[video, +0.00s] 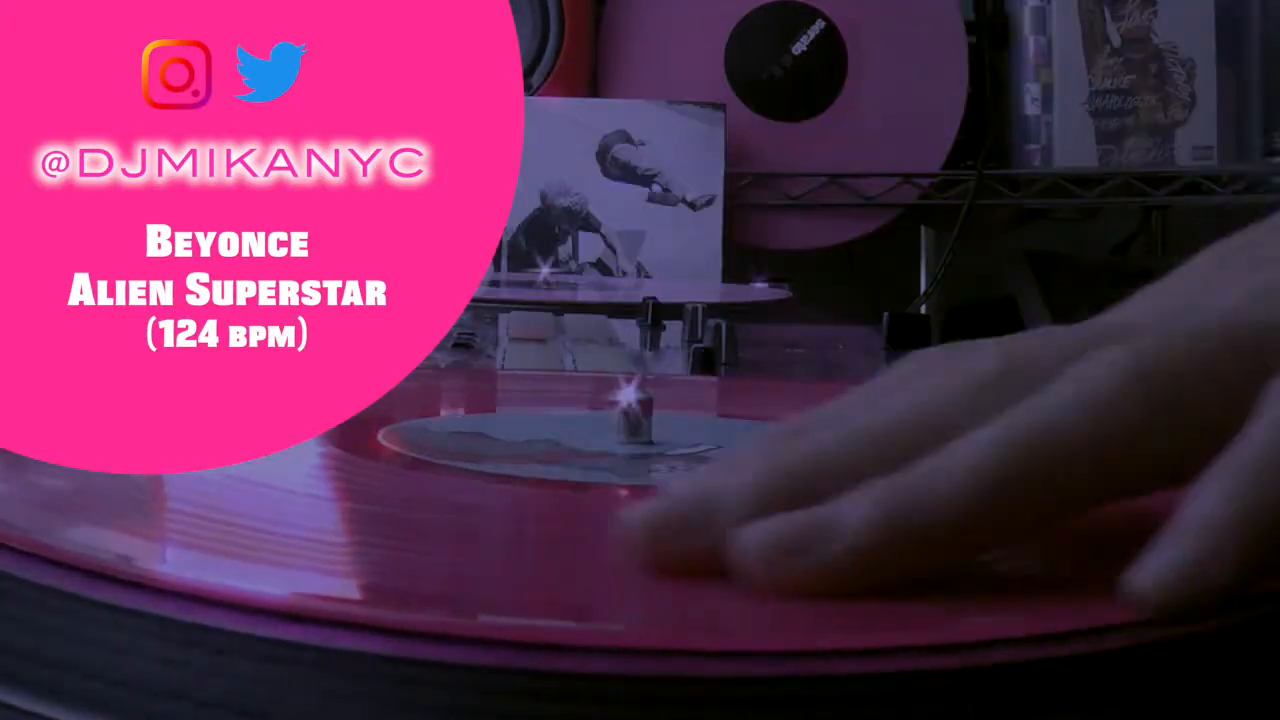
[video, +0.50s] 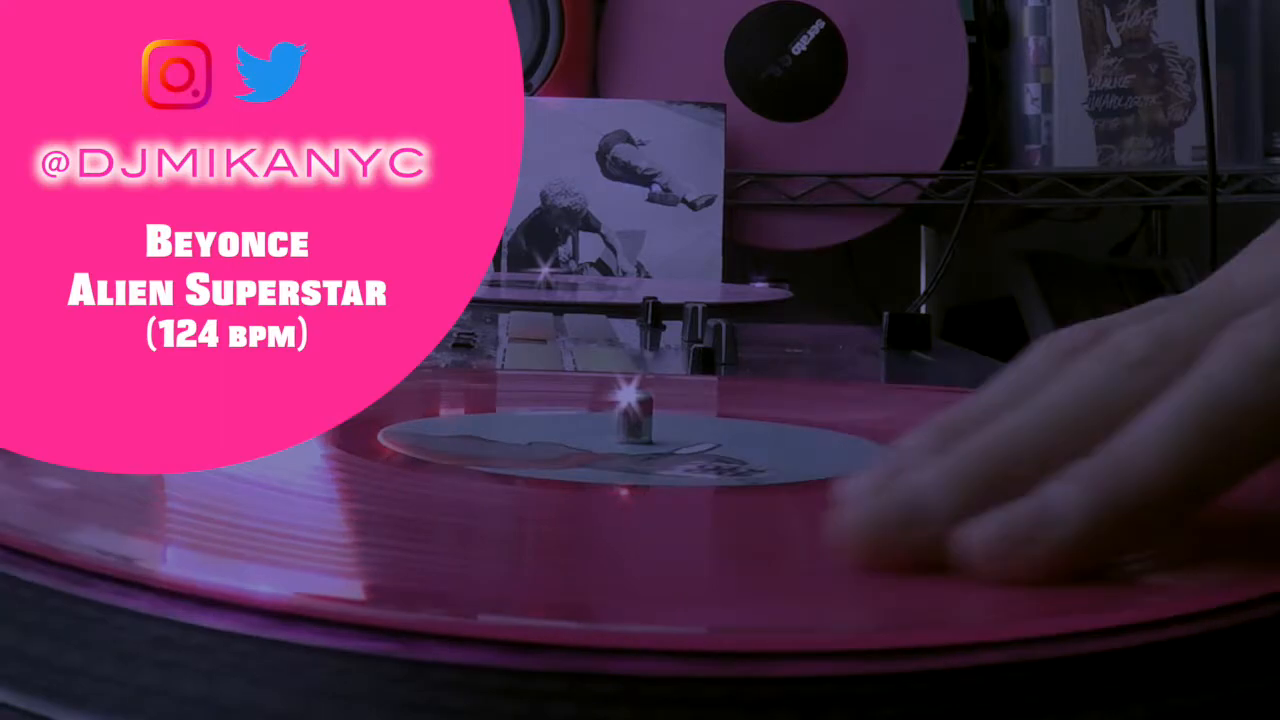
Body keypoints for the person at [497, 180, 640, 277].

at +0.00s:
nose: (572, 221)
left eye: (574, 215)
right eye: (566, 216)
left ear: (576, 209)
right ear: (552, 210)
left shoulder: (574, 212)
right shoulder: (538, 225)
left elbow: (604, 230)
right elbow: (546, 267)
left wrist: (621, 258)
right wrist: (571, 267)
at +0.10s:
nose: (570, 220)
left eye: (572, 213)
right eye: (564, 214)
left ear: (576, 208)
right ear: (551, 209)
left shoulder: (574, 212)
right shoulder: (537, 225)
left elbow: (604, 231)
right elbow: (545, 268)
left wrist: (621, 258)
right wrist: (570, 267)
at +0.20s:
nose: (569, 219)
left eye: (571, 213)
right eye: (563, 213)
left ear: (575, 208)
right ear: (550, 209)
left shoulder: (574, 212)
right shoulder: (538, 224)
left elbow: (604, 230)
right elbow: (546, 267)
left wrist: (621, 257)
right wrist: (570, 267)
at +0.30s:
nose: (571, 221)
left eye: (573, 214)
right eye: (565, 215)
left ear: (576, 209)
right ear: (551, 210)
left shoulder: (573, 212)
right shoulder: (538, 225)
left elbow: (604, 230)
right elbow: (546, 268)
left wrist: (621, 258)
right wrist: (571, 267)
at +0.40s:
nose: (569, 219)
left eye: (571, 213)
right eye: (562, 213)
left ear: (574, 208)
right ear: (550, 209)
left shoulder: (574, 213)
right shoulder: (537, 224)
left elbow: (603, 230)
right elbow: (546, 267)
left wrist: (621, 258)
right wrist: (570, 267)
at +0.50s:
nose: (574, 224)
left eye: (576, 217)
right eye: (568, 218)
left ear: (577, 210)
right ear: (552, 212)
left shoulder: (575, 212)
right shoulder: (530, 233)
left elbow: (605, 231)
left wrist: (621, 258)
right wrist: (572, 271)